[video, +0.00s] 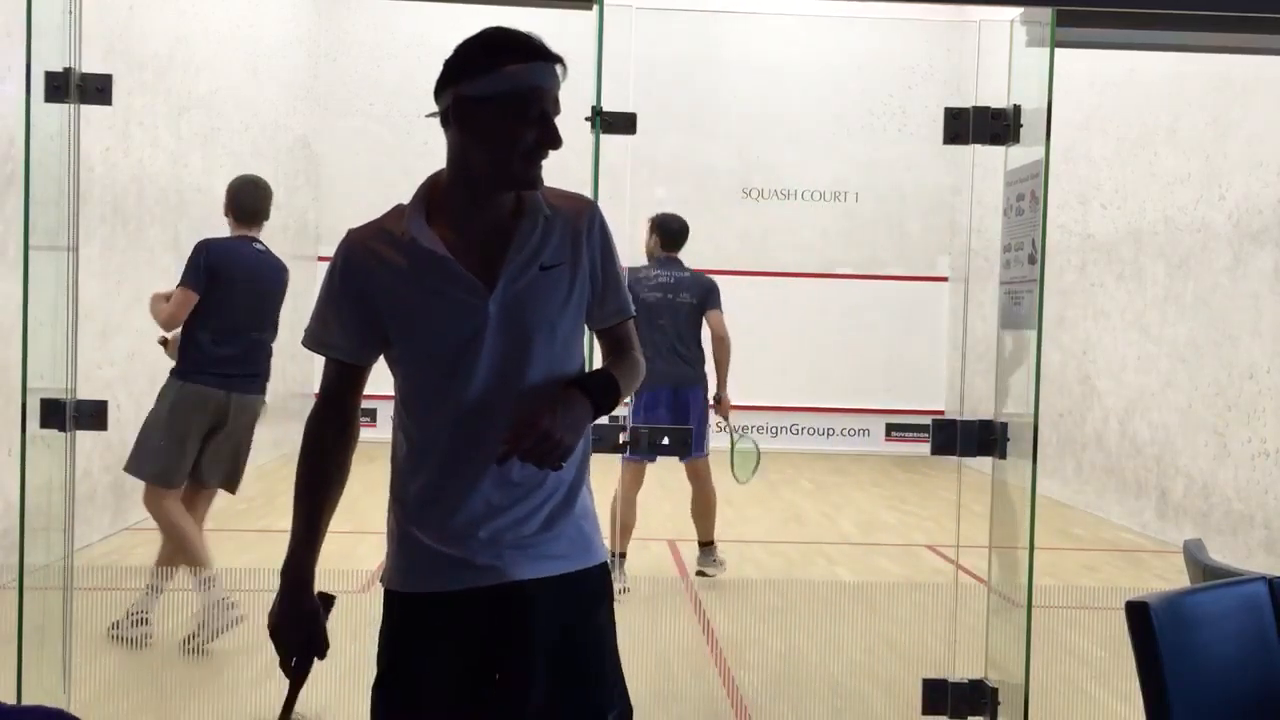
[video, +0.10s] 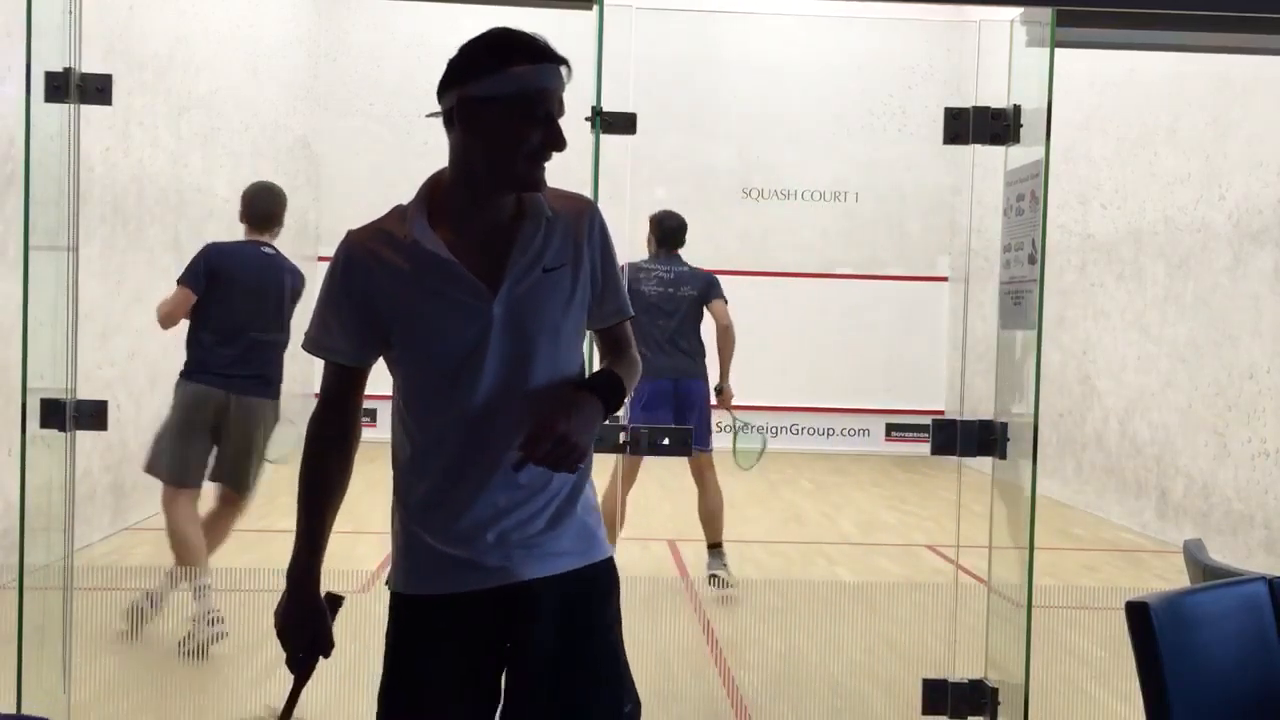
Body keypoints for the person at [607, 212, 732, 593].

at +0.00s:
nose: (644, 238)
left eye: (647, 233)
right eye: (648, 232)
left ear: (654, 239)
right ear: (681, 243)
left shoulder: (629, 280)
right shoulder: (702, 284)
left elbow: (613, 334)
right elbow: (720, 336)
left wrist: (615, 383)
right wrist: (721, 389)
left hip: (645, 391)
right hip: (690, 391)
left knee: (629, 482)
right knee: (700, 474)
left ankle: (617, 564)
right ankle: (707, 554)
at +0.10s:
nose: (646, 237)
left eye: (648, 233)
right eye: (650, 232)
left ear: (651, 238)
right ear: (683, 241)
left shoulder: (627, 274)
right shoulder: (702, 280)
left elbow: (607, 326)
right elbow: (725, 324)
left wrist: (610, 378)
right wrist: (724, 380)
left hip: (645, 387)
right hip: (691, 389)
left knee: (621, 477)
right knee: (705, 475)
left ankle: (599, 560)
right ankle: (717, 561)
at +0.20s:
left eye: (651, 255)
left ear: (652, 259)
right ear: (686, 262)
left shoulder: (628, 293)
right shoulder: (700, 298)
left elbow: (607, 347)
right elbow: (720, 346)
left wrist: (607, 394)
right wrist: (729, 396)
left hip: (638, 406)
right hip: (688, 408)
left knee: (609, 483)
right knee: (717, 487)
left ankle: (575, 551)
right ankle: (742, 566)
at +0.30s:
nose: (660, 282)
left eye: (661, 278)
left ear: (662, 283)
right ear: (695, 286)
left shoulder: (633, 318)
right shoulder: (702, 323)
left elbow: (608, 367)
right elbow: (712, 374)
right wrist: (739, 416)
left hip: (633, 433)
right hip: (685, 436)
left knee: (601, 504)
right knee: (729, 511)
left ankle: (588, 592)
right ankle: (764, 596)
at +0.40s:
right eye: (696, 271)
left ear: (663, 270)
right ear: (699, 275)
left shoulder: (636, 305)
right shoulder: (690, 316)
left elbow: (617, 361)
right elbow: (696, 370)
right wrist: (737, 413)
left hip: (633, 427)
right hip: (676, 431)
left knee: (600, 506)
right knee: (726, 511)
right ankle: (766, 592)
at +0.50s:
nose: (699, 261)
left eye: (698, 254)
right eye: (699, 255)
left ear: (665, 245)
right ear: (693, 253)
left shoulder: (636, 282)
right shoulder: (674, 290)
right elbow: (671, 359)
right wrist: (718, 400)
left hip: (620, 401)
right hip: (662, 405)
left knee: (616, 499)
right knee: (704, 496)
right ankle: (735, 585)